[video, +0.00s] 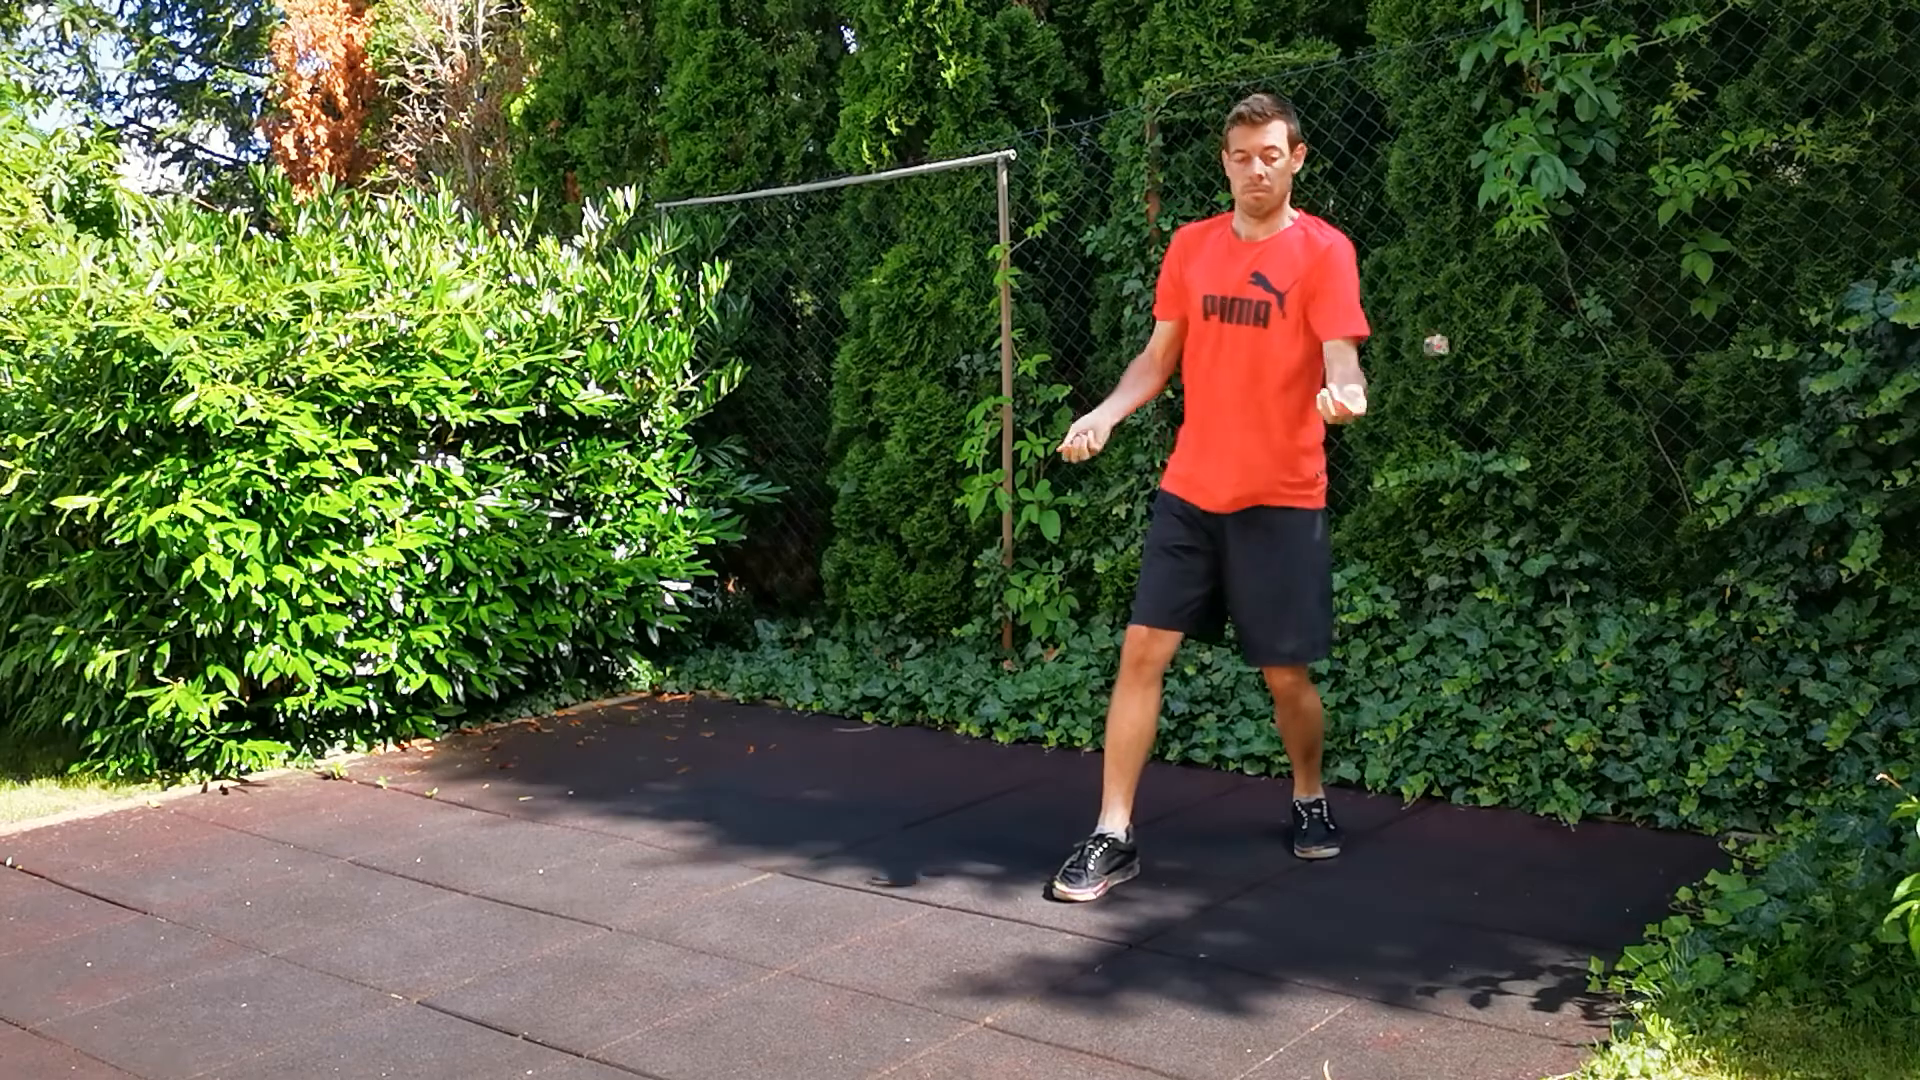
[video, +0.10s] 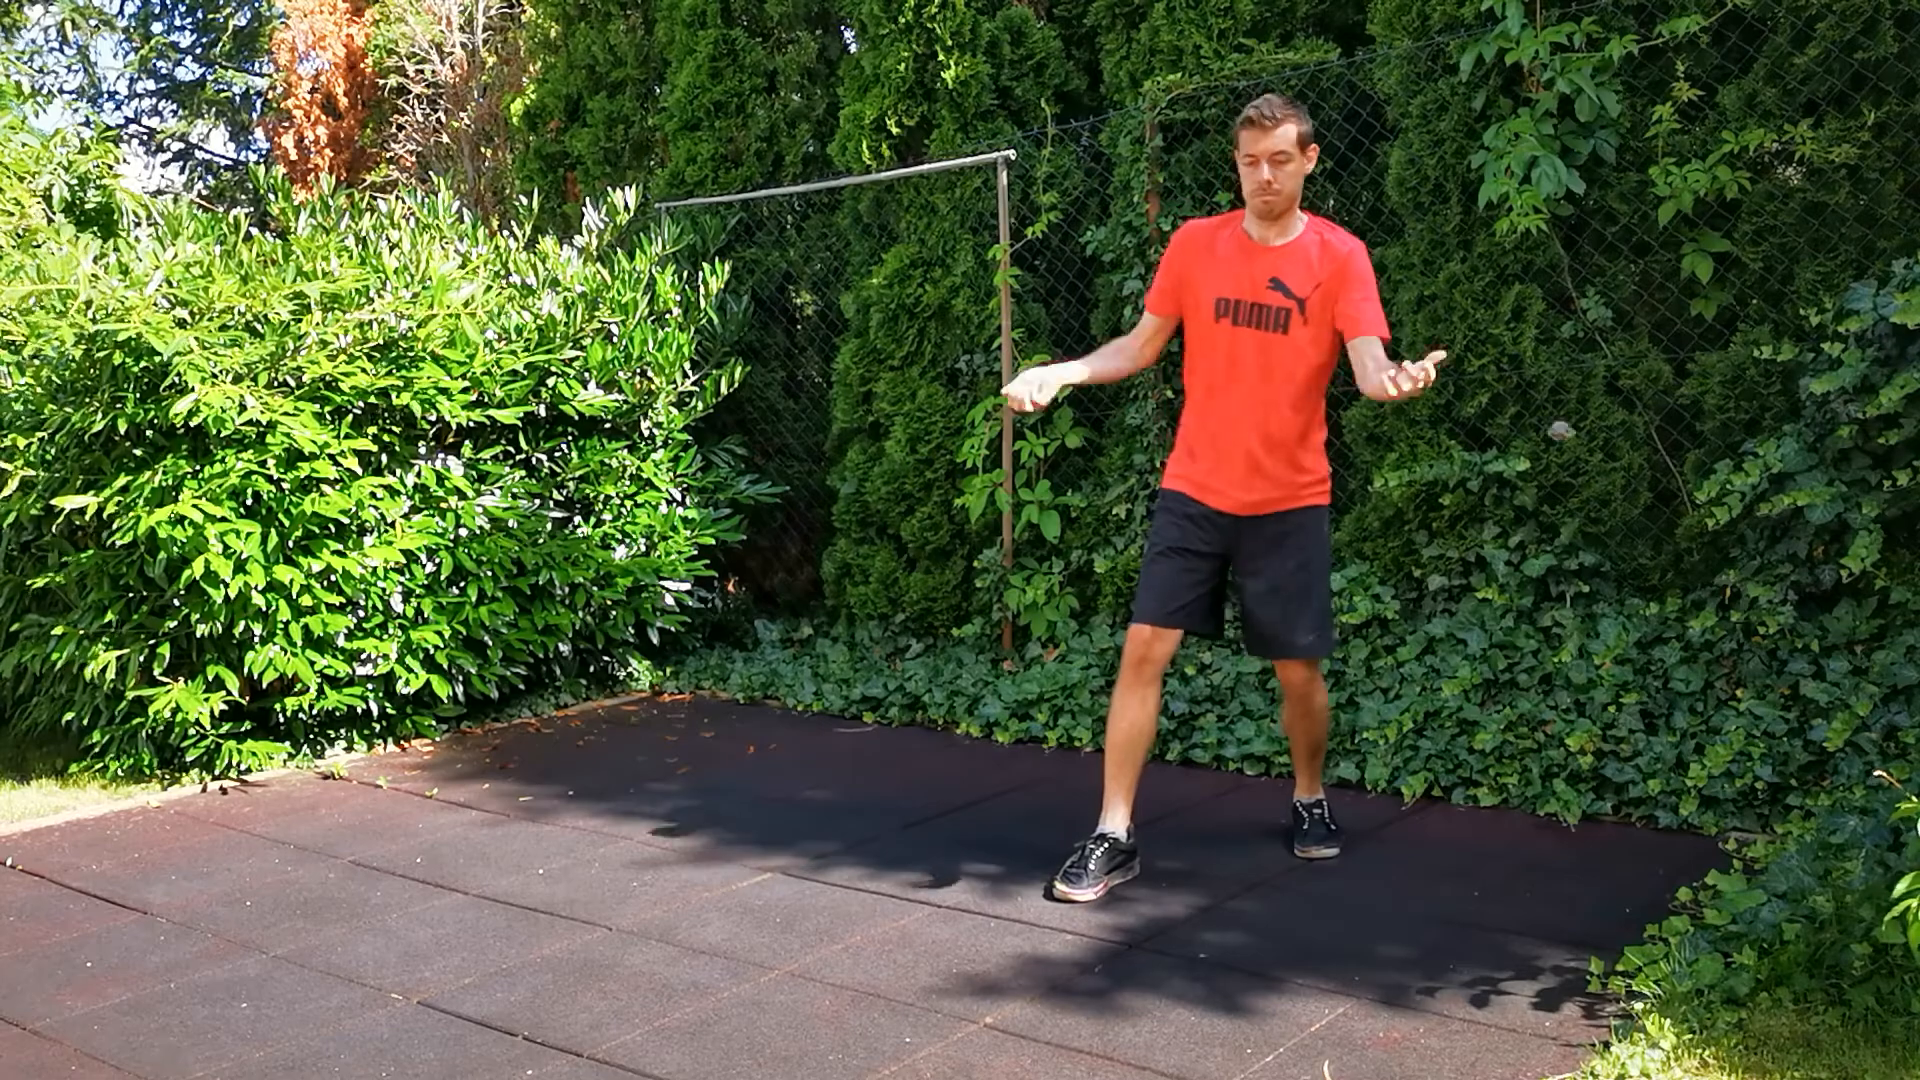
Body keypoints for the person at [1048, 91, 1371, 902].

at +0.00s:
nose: (1255, 170)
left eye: (1268, 156)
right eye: (1242, 157)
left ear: (1296, 159)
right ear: (1224, 163)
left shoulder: (1324, 251)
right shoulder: (1192, 244)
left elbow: (1342, 359)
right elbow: (1157, 358)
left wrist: (1344, 395)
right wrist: (1104, 415)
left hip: (1282, 497)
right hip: (1190, 488)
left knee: (1287, 674)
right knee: (1142, 649)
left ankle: (1309, 800)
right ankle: (1111, 833)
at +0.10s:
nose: (1264, 176)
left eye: (1278, 161)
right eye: (1252, 162)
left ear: (1309, 161)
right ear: (1235, 166)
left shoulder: (1339, 255)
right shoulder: (1194, 242)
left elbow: (1369, 366)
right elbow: (1139, 345)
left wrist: (1396, 380)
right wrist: (1063, 371)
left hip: (1291, 499)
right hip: (1193, 489)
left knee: (1300, 670)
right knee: (1143, 646)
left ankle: (1309, 801)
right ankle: (1111, 833)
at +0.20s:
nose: (1266, 180)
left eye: (1282, 164)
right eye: (1254, 164)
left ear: (1308, 159)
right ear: (1234, 159)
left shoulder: (1345, 248)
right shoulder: (1190, 237)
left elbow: (1400, 350)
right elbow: (1096, 308)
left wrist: (1452, 363)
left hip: (1294, 500)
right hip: (1195, 490)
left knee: (1303, 673)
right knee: (1144, 646)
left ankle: (1310, 804)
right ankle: (1108, 830)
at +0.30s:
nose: (1280, 189)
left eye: (1290, 172)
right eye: (1265, 173)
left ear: (1299, 166)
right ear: (1226, 165)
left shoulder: (1328, 246)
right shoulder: (1175, 237)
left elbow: (1381, 352)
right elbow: (1070, 279)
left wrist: (1426, 430)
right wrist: (1089, 178)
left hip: (1298, 501)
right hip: (1194, 492)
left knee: (1323, 674)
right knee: (1142, 655)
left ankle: (1312, 796)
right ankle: (1096, 827)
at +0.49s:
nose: (1337, 230)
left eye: (1343, 214)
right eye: (1324, 214)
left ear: (1339, 208)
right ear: (1274, 203)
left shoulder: (1349, 288)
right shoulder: (1194, 258)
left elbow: (1382, 401)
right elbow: (1070, 298)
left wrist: (1428, 513)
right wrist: (1122, 295)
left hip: (1318, 510)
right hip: (1208, 511)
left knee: (1416, 654)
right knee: (1134, 657)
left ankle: (1421, 788)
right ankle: (1094, 827)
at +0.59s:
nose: (1405, 266)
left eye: (1410, 251)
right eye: (1396, 250)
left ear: (1378, 243)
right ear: (1341, 237)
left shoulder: (1397, 318)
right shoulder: (1243, 276)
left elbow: (1443, 426)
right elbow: (1124, 291)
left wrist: (1499, 537)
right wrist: (1080, 333)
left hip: (1341, 519)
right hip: (1227, 517)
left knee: (1457, 655)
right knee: (1140, 660)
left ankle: (1523, 799)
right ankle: (1094, 830)